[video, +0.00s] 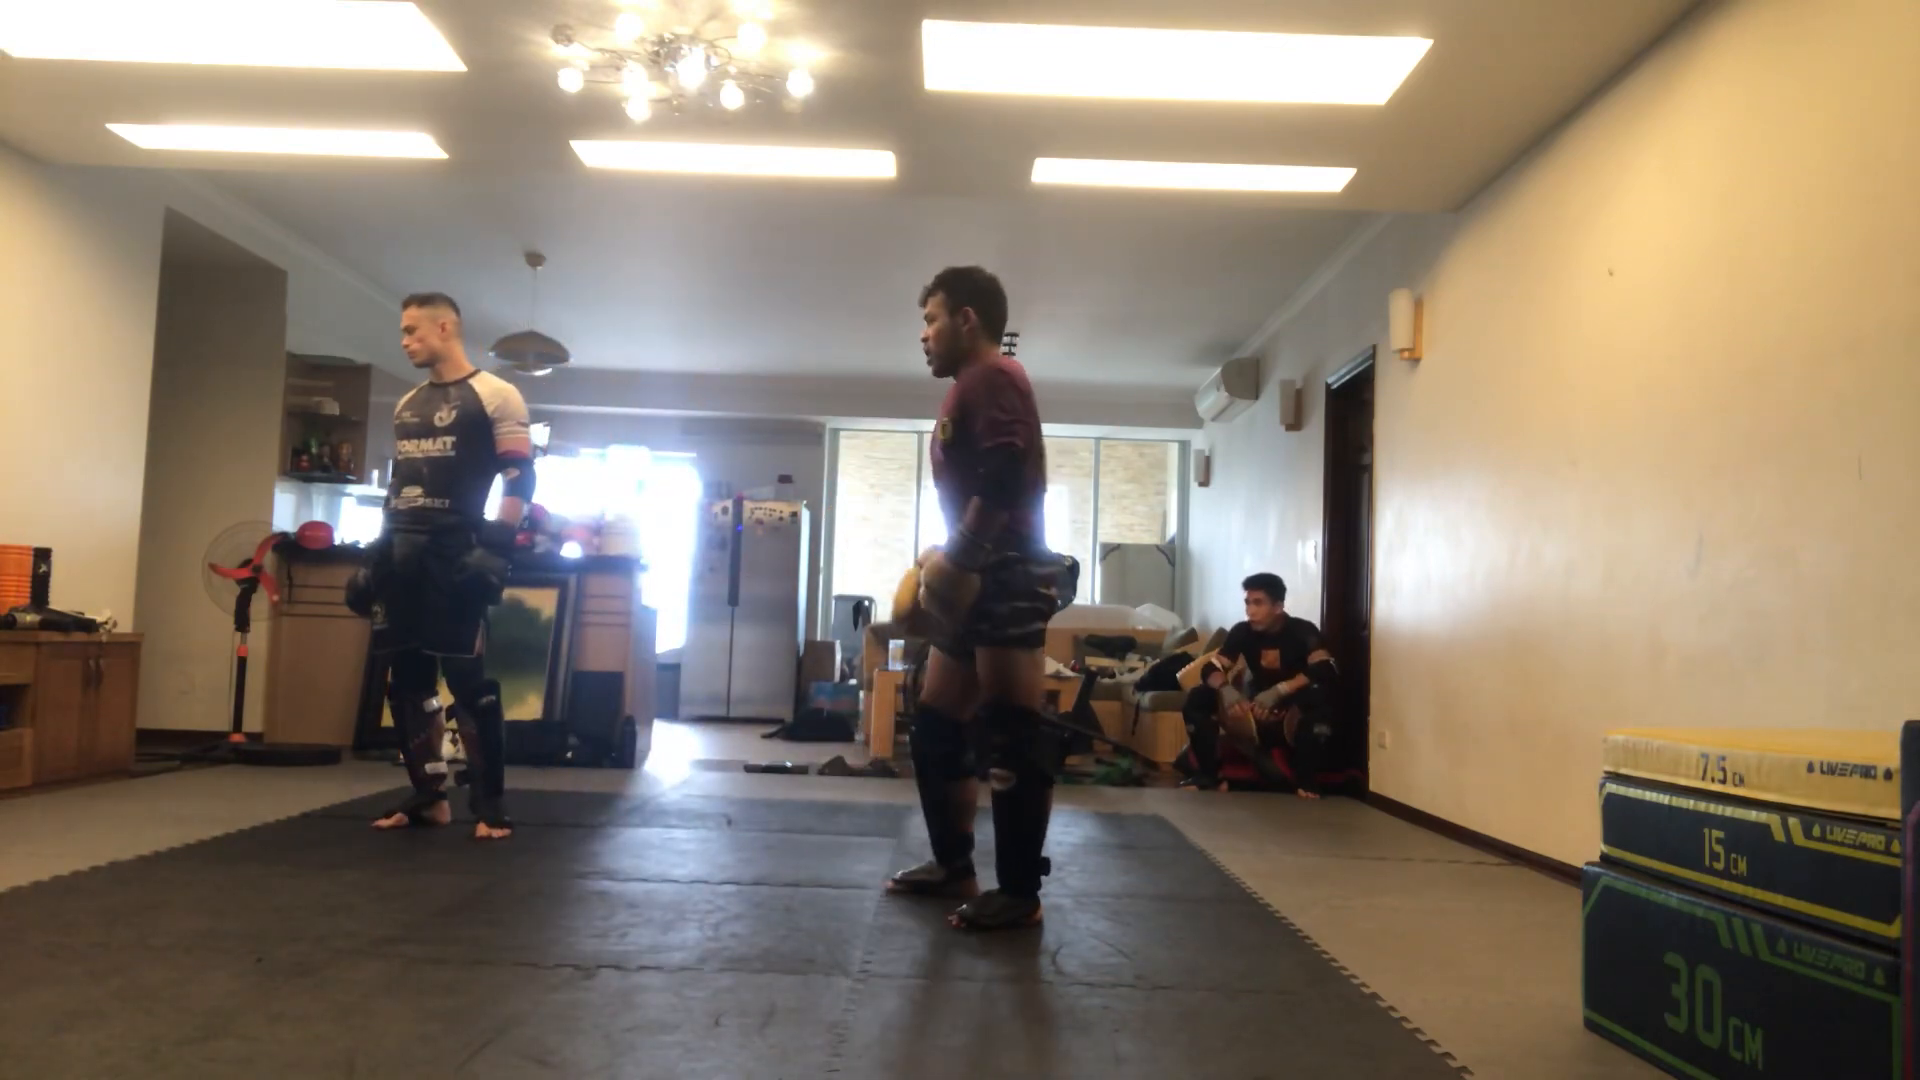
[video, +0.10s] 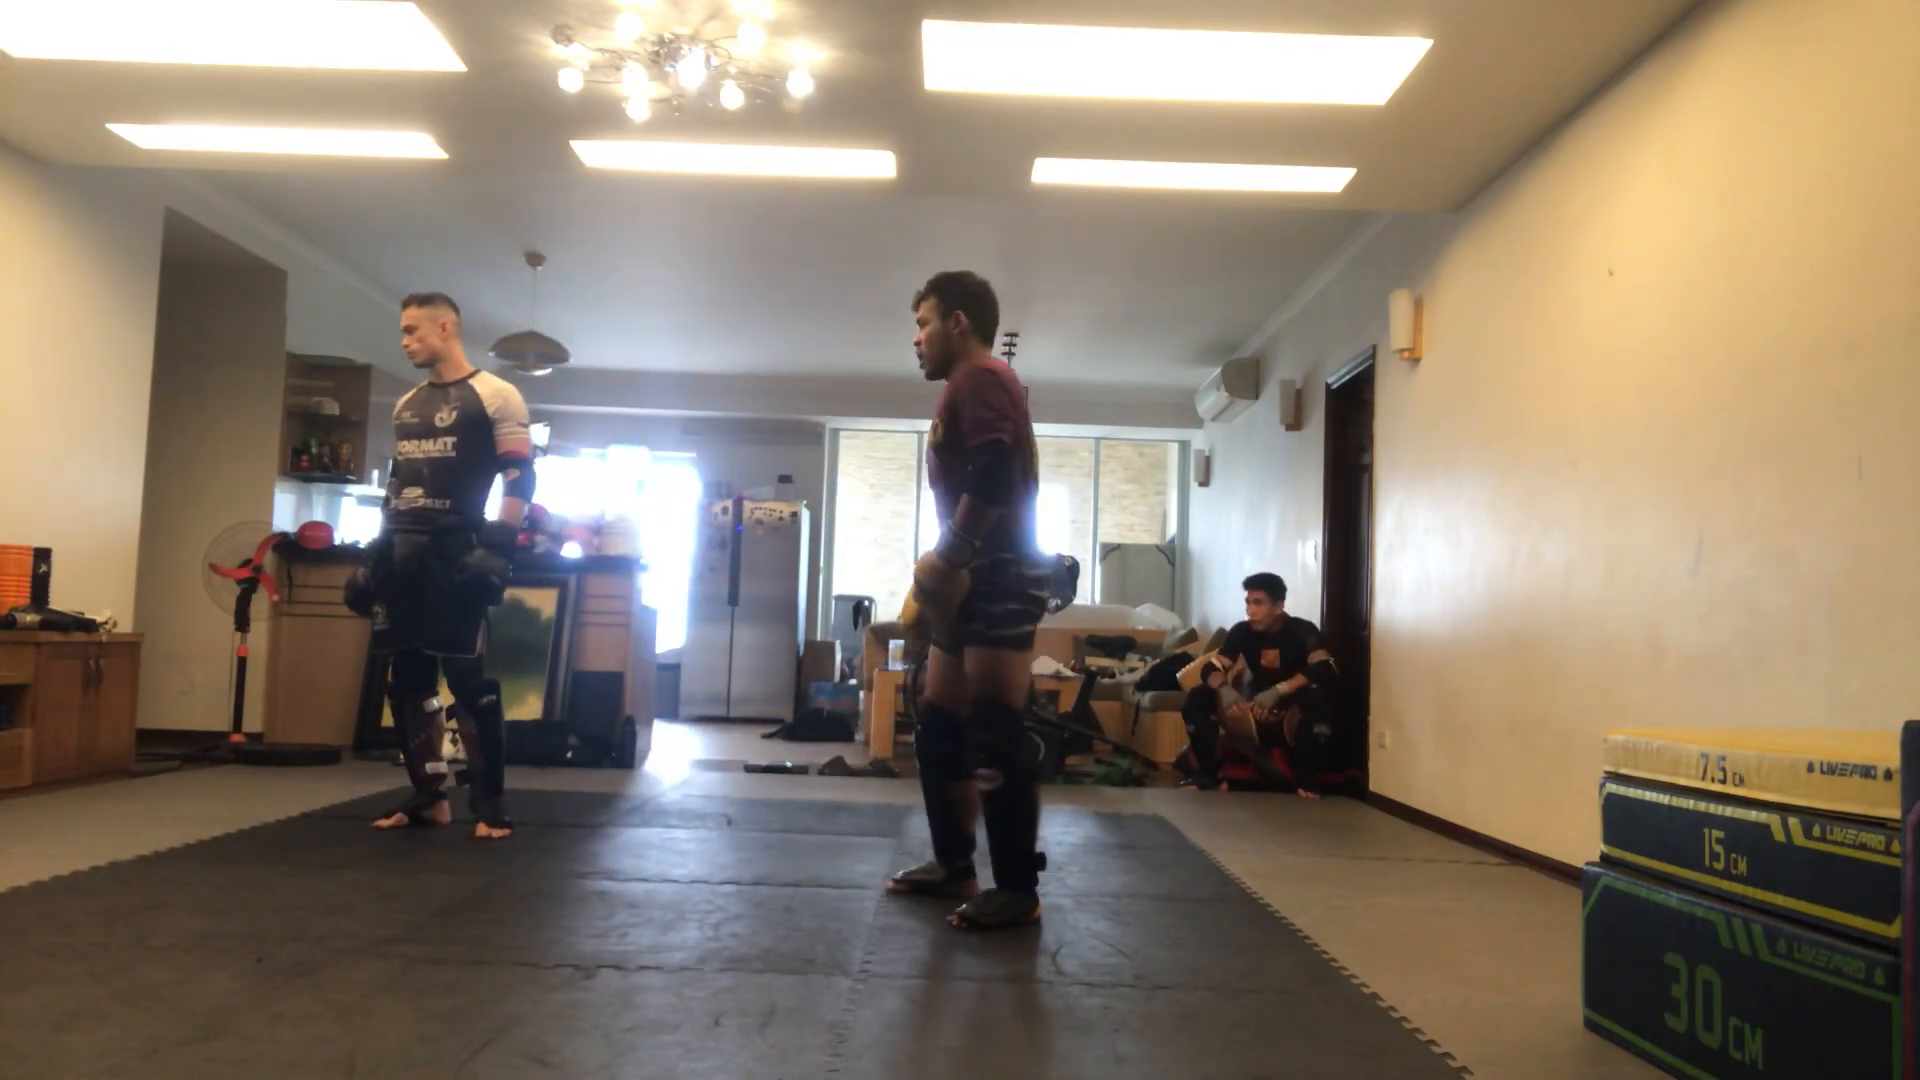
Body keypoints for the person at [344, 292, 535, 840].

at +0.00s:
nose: (405, 342)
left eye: (412, 331)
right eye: (403, 333)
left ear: (446, 327)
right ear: (435, 330)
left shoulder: (498, 395)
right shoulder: (408, 404)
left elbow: (517, 484)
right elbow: (402, 490)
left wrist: (494, 552)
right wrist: (377, 558)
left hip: (458, 556)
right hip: (404, 555)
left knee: (466, 679)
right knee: (406, 681)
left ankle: (490, 806)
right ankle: (428, 798)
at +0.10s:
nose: (405, 342)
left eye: (412, 331)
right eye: (403, 333)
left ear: (447, 327)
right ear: (433, 331)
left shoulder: (497, 395)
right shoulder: (408, 404)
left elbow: (517, 483)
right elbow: (401, 490)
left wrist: (496, 551)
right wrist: (377, 557)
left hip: (459, 556)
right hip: (405, 556)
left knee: (466, 679)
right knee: (407, 681)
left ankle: (490, 806)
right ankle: (429, 799)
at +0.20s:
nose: (405, 342)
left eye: (412, 331)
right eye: (402, 333)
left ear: (446, 327)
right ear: (430, 332)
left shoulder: (497, 396)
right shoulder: (406, 405)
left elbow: (517, 484)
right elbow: (399, 489)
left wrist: (497, 552)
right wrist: (376, 555)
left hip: (459, 556)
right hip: (405, 555)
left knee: (467, 679)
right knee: (408, 681)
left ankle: (490, 806)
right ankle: (429, 799)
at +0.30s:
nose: (404, 342)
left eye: (411, 331)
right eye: (402, 333)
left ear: (446, 327)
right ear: (429, 332)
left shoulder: (498, 397)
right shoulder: (406, 405)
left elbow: (517, 485)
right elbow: (399, 489)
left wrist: (499, 553)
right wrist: (376, 555)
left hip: (460, 556)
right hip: (405, 556)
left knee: (468, 680)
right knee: (408, 682)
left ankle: (490, 805)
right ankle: (429, 799)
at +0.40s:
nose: (404, 342)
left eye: (411, 331)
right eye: (401, 333)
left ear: (446, 327)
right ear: (428, 332)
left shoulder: (497, 396)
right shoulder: (406, 405)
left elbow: (518, 485)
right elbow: (399, 489)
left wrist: (499, 552)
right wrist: (376, 555)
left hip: (460, 556)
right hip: (405, 555)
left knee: (468, 679)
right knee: (408, 682)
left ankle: (490, 804)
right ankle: (430, 799)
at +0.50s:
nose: (404, 342)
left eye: (411, 331)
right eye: (401, 333)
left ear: (446, 327)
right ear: (427, 332)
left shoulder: (497, 396)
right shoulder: (406, 404)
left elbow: (518, 485)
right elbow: (399, 489)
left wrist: (499, 552)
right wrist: (376, 555)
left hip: (460, 555)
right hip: (405, 555)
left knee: (467, 679)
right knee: (408, 681)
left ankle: (490, 805)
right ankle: (430, 799)